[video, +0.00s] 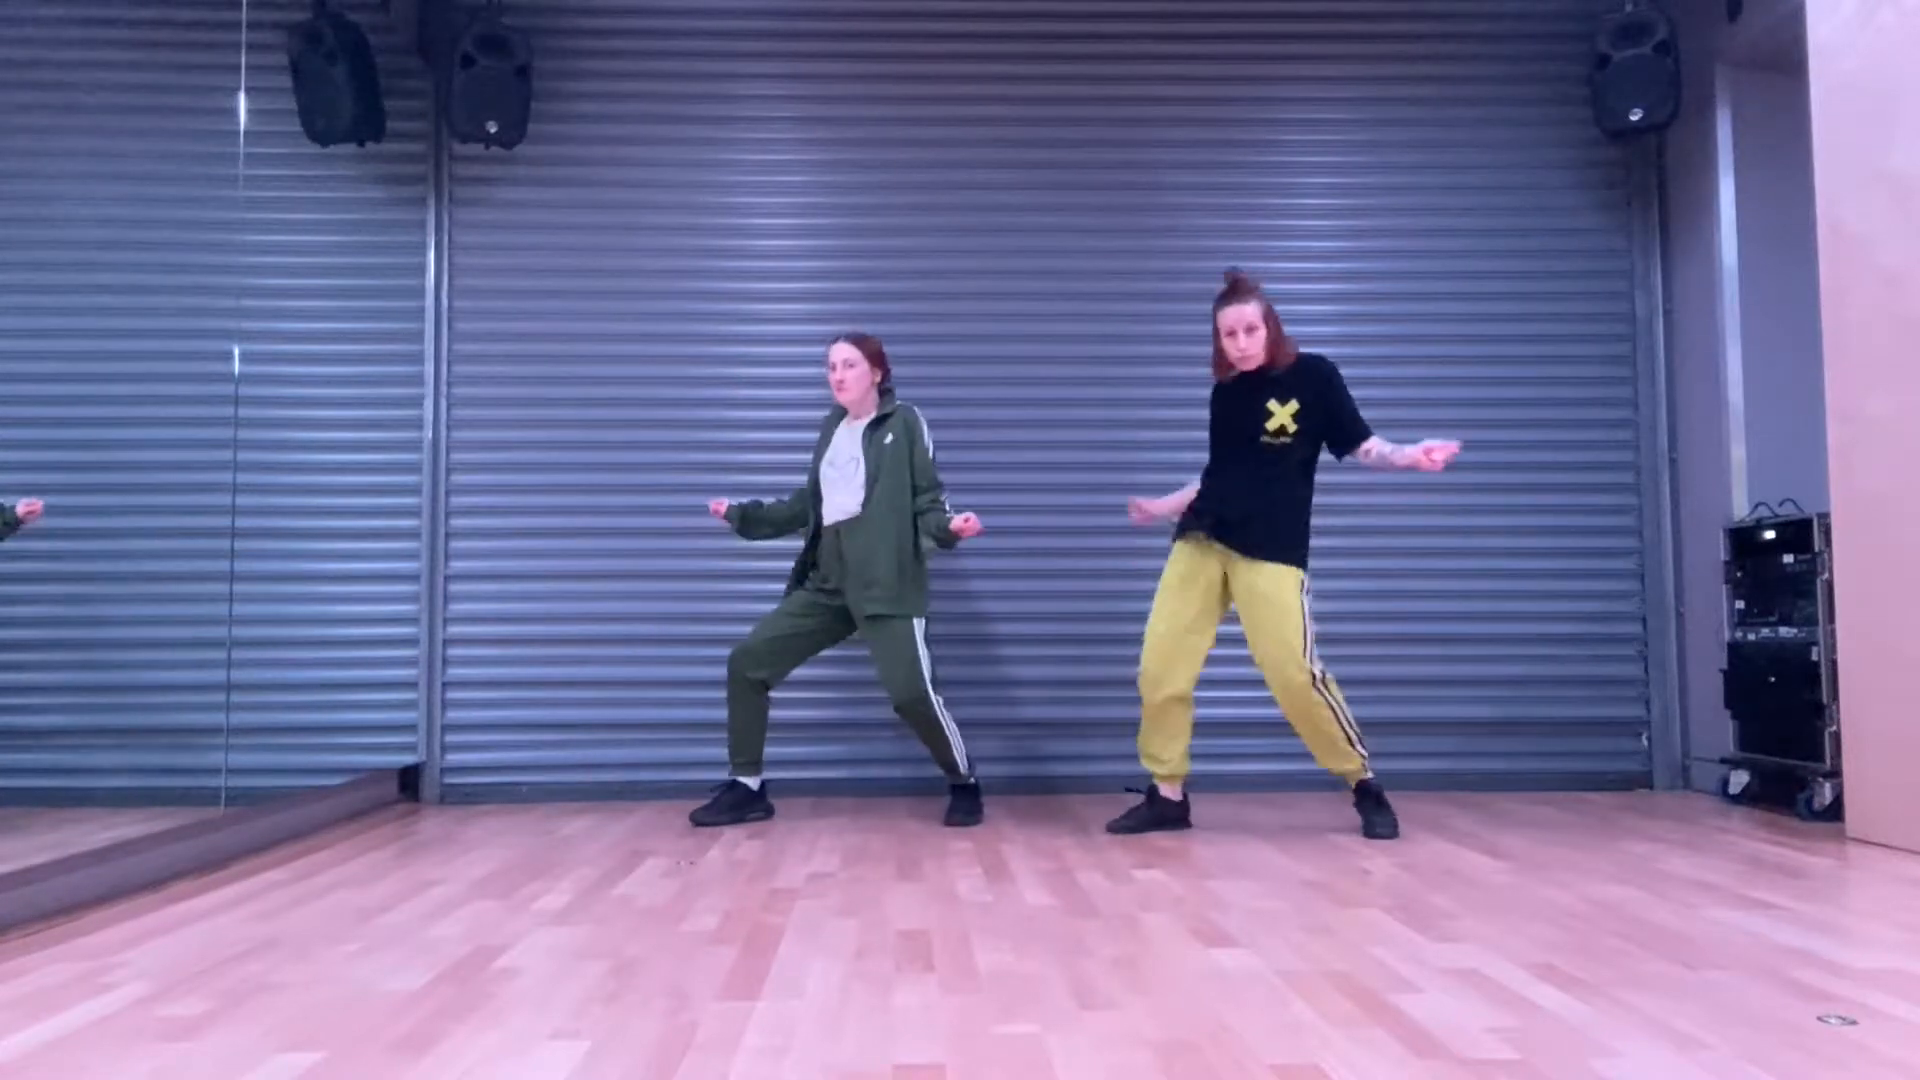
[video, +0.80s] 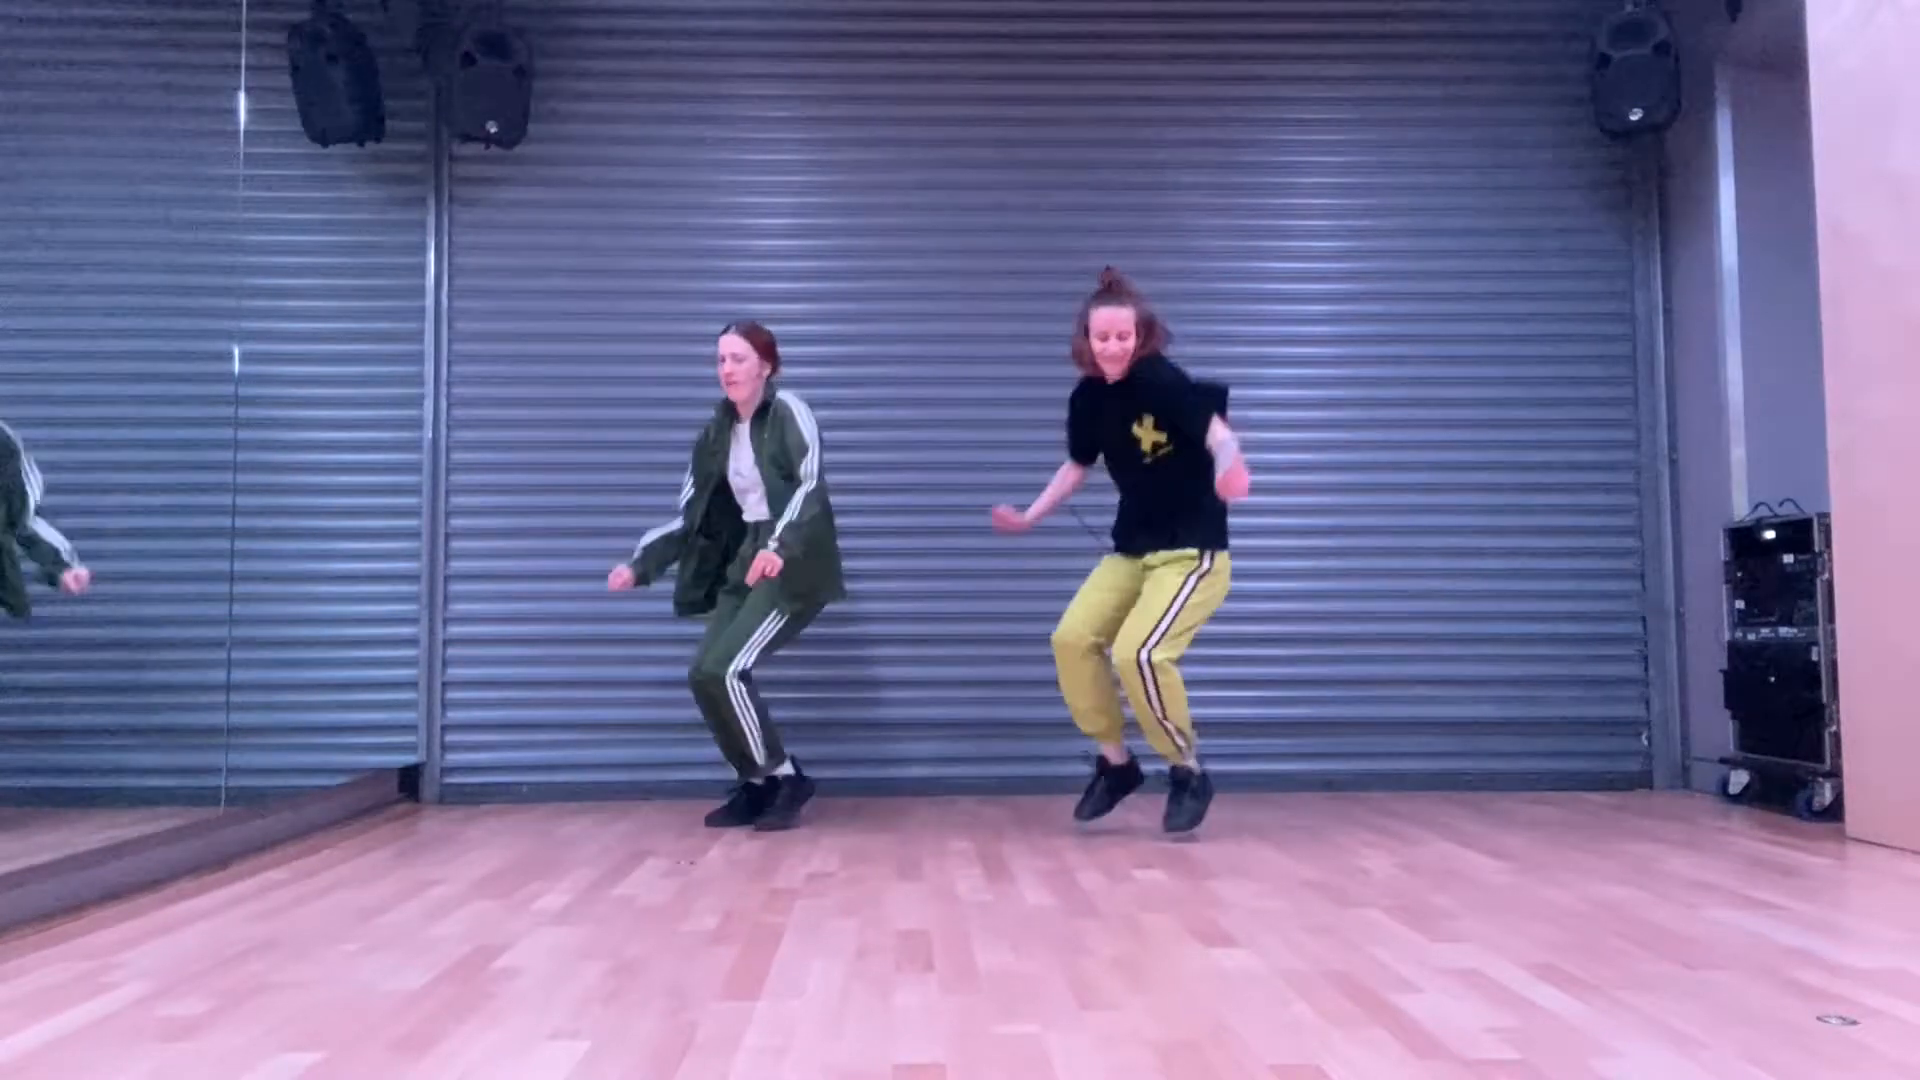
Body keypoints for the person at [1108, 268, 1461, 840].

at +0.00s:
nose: (1240, 344)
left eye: (1250, 330)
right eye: (1229, 334)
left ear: (1271, 328)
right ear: (1218, 339)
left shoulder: (1314, 378)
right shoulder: (1225, 394)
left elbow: (1360, 447)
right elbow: (1219, 481)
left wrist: (1411, 457)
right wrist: (1163, 507)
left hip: (1268, 551)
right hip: (1200, 540)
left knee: (1292, 678)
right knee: (1162, 668)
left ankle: (1364, 790)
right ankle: (1167, 798)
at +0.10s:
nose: (1217, 331)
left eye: (1228, 317)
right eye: (1206, 320)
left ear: (1251, 314)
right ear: (1194, 323)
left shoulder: (1288, 344)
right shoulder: (1203, 367)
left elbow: (1338, 398)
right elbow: (1194, 437)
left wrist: (1369, 399)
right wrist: (1130, 462)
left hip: (1281, 541)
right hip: (1211, 538)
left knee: (1304, 665)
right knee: (1149, 642)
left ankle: (1372, 783)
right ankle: (1171, 777)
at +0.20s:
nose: (1191, 319)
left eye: (1201, 306)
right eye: (1180, 308)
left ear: (1219, 306)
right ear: (1167, 311)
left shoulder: (1246, 337)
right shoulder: (1172, 363)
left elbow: (1296, 388)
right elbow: (1151, 435)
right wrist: (1095, 470)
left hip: (1286, 531)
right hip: (1217, 534)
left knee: (1311, 664)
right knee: (1168, 645)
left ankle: (1370, 785)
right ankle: (1181, 784)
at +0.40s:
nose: (1168, 293)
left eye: (1179, 283)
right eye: (1158, 282)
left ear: (1193, 289)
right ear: (1141, 289)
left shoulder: (1202, 344)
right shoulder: (1132, 367)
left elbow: (1217, 418)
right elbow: (1130, 457)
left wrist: (1222, 470)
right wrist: (1105, 523)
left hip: (1244, 523)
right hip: (1180, 537)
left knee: (1300, 645)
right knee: (1192, 666)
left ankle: (1365, 775)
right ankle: (1179, 797)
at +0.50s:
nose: (1160, 306)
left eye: (1170, 293)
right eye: (1149, 296)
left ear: (1187, 293)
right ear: (1133, 300)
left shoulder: (1209, 354)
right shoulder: (1146, 363)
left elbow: (1238, 439)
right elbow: (1148, 455)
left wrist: (1261, 499)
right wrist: (1131, 531)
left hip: (1200, 537)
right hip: (1145, 540)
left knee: (1246, 659)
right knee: (1169, 671)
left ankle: (1325, 776)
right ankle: (1173, 799)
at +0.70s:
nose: (1122, 330)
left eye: (1133, 317)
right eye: (1112, 320)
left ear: (1154, 312)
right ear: (1099, 320)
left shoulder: (1185, 345)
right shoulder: (1116, 365)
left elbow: (1248, 388)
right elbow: (1136, 427)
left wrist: (1256, 421)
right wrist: (1089, 465)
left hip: (1178, 528)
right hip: (1125, 530)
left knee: (1153, 658)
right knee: (1095, 651)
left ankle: (1234, 768)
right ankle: (1152, 782)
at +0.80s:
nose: (1112, 347)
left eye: (1122, 335)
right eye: (1102, 336)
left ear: (1141, 337)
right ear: (1087, 340)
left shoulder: (1165, 382)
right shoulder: (1088, 399)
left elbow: (1219, 437)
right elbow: (1077, 467)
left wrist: (1230, 471)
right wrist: (1029, 516)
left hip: (1194, 556)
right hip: (1132, 555)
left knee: (1137, 653)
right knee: (1072, 639)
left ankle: (1188, 775)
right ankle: (1116, 765)